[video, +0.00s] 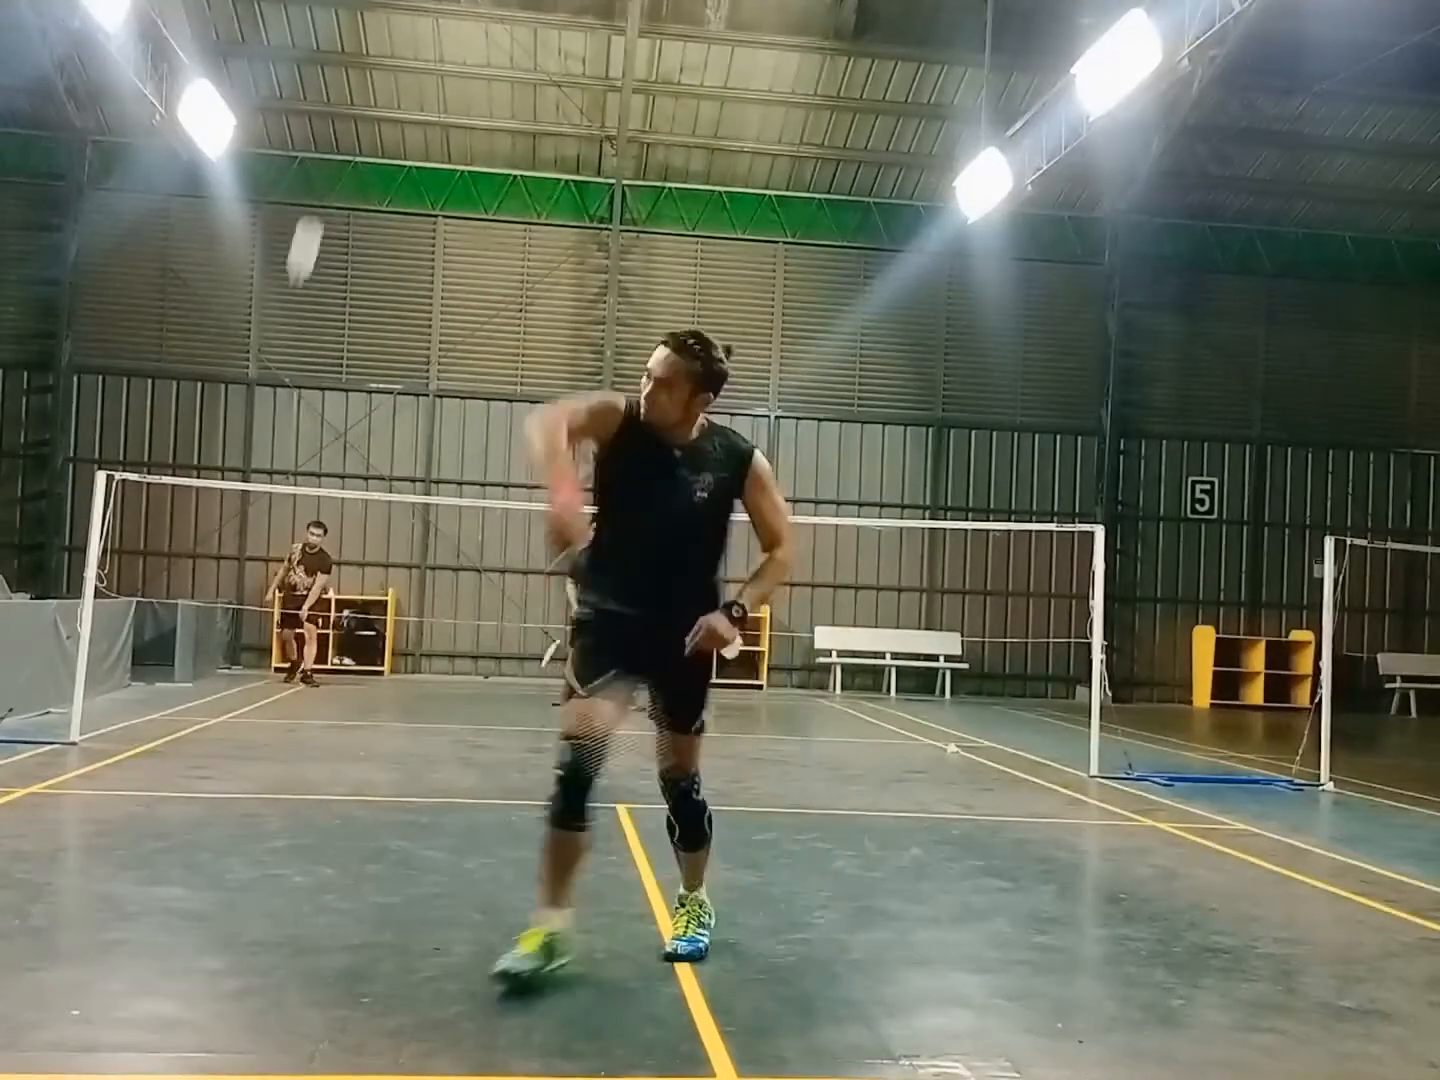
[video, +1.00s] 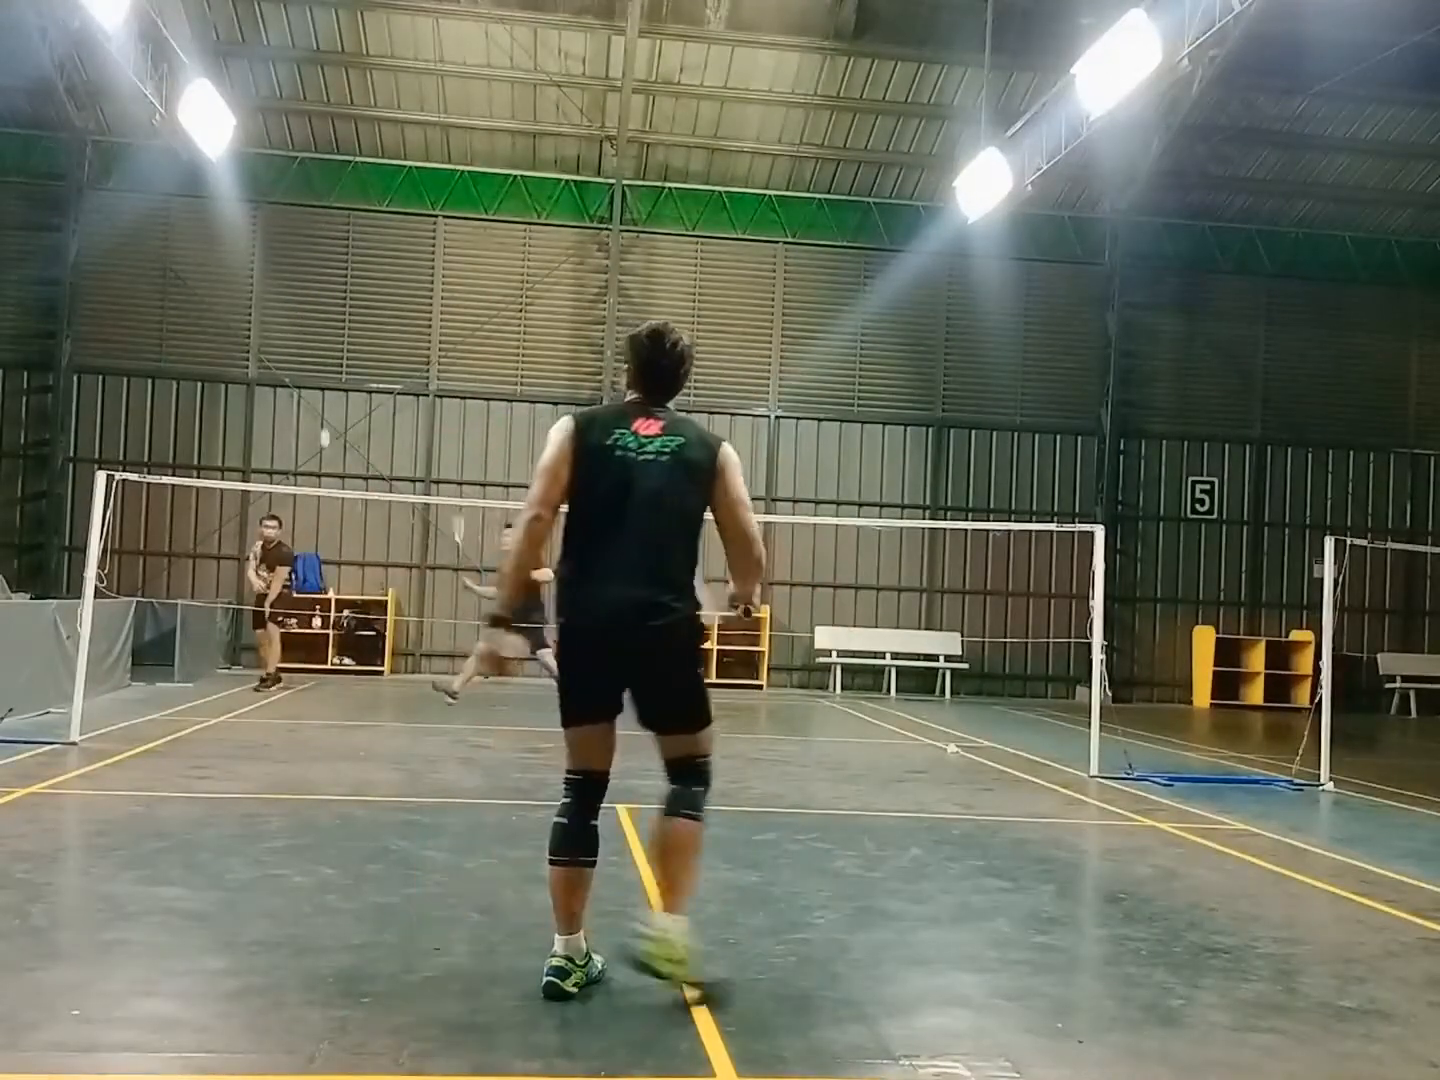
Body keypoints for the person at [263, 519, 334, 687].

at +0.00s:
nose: (313, 538)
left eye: (318, 536)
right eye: (312, 534)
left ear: (323, 538)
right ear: (306, 533)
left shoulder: (325, 560)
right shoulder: (295, 550)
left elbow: (318, 586)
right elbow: (283, 570)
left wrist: (306, 607)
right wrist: (271, 591)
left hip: (312, 598)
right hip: (292, 597)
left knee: (310, 634)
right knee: (286, 635)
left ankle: (307, 671)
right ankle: (294, 662)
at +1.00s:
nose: (269, 531)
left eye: (274, 528)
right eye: (266, 527)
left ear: (279, 530)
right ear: (261, 529)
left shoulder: (284, 552)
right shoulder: (258, 547)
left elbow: (278, 581)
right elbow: (250, 569)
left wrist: (268, 602)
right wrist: (255, 581)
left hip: (278, 593)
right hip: (263, 591)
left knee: (272, 632)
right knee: (261, 634)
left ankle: (272, 674)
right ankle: (269, 671)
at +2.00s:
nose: (216, 531)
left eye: (220, 528)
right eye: (213, 526)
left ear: (225, 530)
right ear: (205, 526)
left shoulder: (227, 553)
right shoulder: (197, 545)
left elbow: (220, 583)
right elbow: (191, 569)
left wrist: (210, 606)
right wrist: (184, 592)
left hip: (219, 598)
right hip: (200, 596)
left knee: (212, 637)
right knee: (204, 639)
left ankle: (206, 676)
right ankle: (213, 672)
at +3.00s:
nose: (184, 516)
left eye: (186, 513)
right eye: (180, 512)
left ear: (188, 516)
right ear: (166, 514)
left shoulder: (193, 542)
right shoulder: (151, 537)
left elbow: (204, 570)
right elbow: (136, 563)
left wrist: (210, 598)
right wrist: (133, 591)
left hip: (184, 595)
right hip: (156, 594)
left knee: (189, 635)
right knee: (157, 638)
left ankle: (187, 670)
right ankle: (159, 682)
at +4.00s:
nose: (129, 508)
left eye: (134, 504)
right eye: (124, 503)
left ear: (141, 507)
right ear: (117, 507)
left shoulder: (154, 535)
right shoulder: (107, 534)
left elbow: (166, 567)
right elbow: (98, 566)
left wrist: (169, 598)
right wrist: (94, 593)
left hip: (144, 599)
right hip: (113, 597)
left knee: (146, 644)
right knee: (110, 643)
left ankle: (150, 677)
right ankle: (110, 692)